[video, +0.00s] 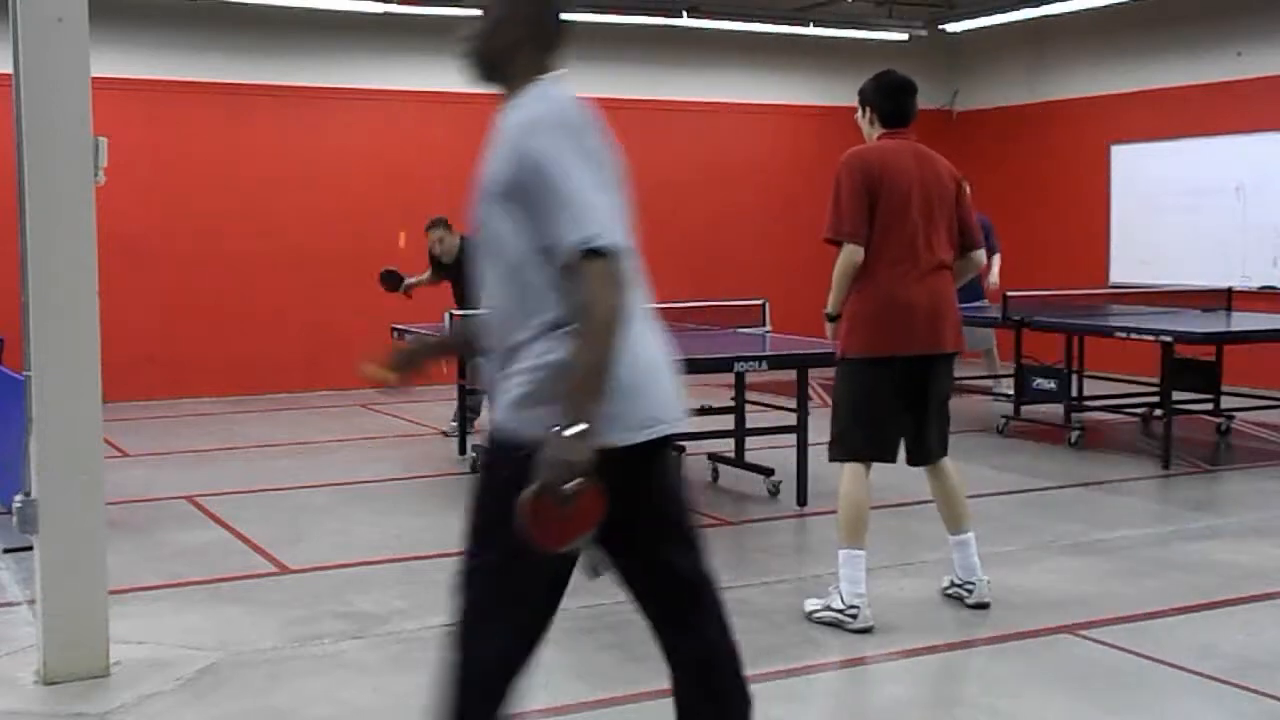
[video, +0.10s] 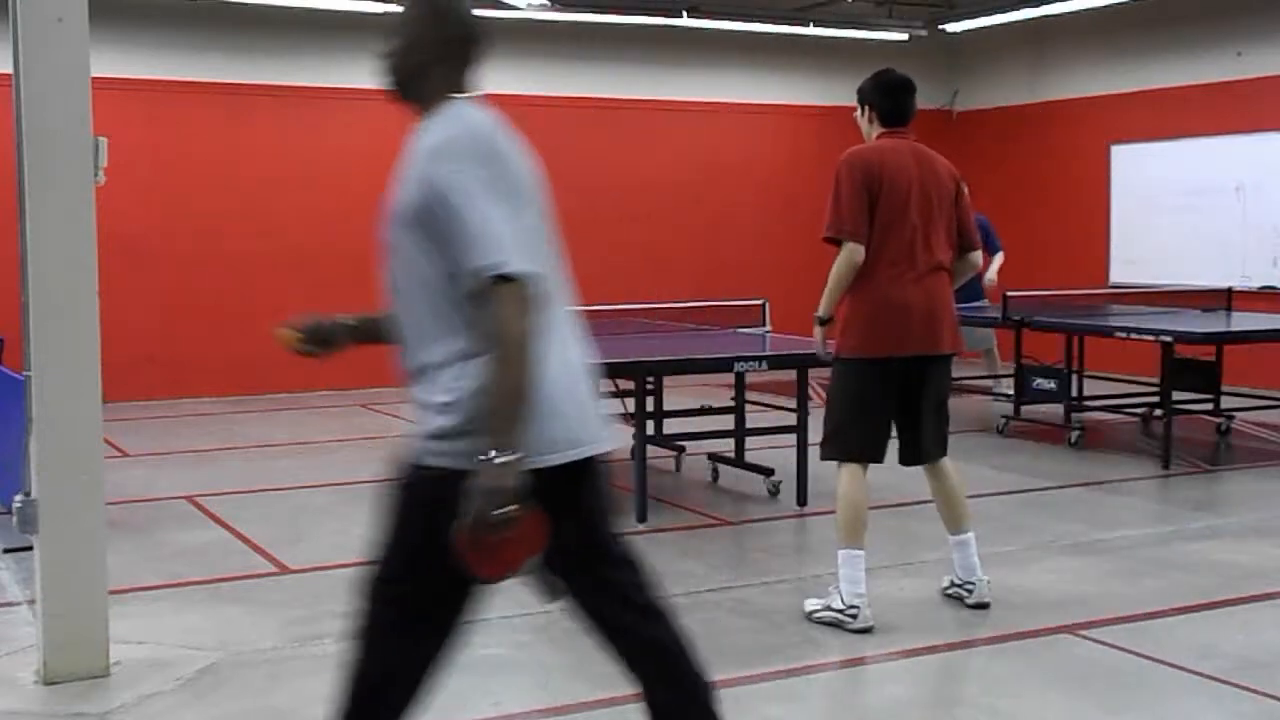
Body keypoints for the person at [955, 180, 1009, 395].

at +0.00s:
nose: (962, 200)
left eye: (965, 194)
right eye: (958, 195)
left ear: (970, 196)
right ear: (951, 198)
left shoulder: (981, 223)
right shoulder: (944, 224)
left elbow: (994, 251)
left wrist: (994, 273)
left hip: (975, 295)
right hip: (947, 296)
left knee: (987, 344)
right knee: (946, 347)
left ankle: (998, 383)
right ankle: (942, 387)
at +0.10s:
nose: (961, 201)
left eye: (963, 195)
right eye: (957, 196)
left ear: (968, 197)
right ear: (949, 200)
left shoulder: (979, 223)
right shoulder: (941, 225)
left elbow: (998, 252)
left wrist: (992, 271)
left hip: (973, 296)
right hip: (945, 297)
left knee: (987, 345)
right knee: (943, 348)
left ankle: (998, 384)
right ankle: (940, 389)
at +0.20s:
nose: (959, 208)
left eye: (961, 203)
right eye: (954, 204)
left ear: (966, 202)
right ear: (945, 206)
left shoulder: (977, 224)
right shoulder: (938, 228)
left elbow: (999, 251)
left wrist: (988, 269)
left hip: (973, 294)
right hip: (944, 297)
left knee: (989, 343)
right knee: (943, 349)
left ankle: (998, 384)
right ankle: (940, 391)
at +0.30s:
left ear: (967, 205)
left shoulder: (977, 227)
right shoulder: (940, 230)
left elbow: (997, 251)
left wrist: (982, 267)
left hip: (975, 296)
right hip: (946, 299)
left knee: (991, 343)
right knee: (944, 349)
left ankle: (999, 383)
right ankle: (943, 389)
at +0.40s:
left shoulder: (971, 225)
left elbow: (994, 249)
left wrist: (978, 265)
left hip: (974, 298)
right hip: (947, 302)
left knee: (990, 345)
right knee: (950, 350)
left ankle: (999, 383)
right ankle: (950, 389)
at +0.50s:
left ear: (958, 214)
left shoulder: (966, 230)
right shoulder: (931, 238)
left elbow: (989, 248)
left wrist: (973, 269)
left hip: (974, 299)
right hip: (948, 302)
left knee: (990, 345)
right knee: (953, 349)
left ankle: (999, 383)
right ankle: (952, 391)